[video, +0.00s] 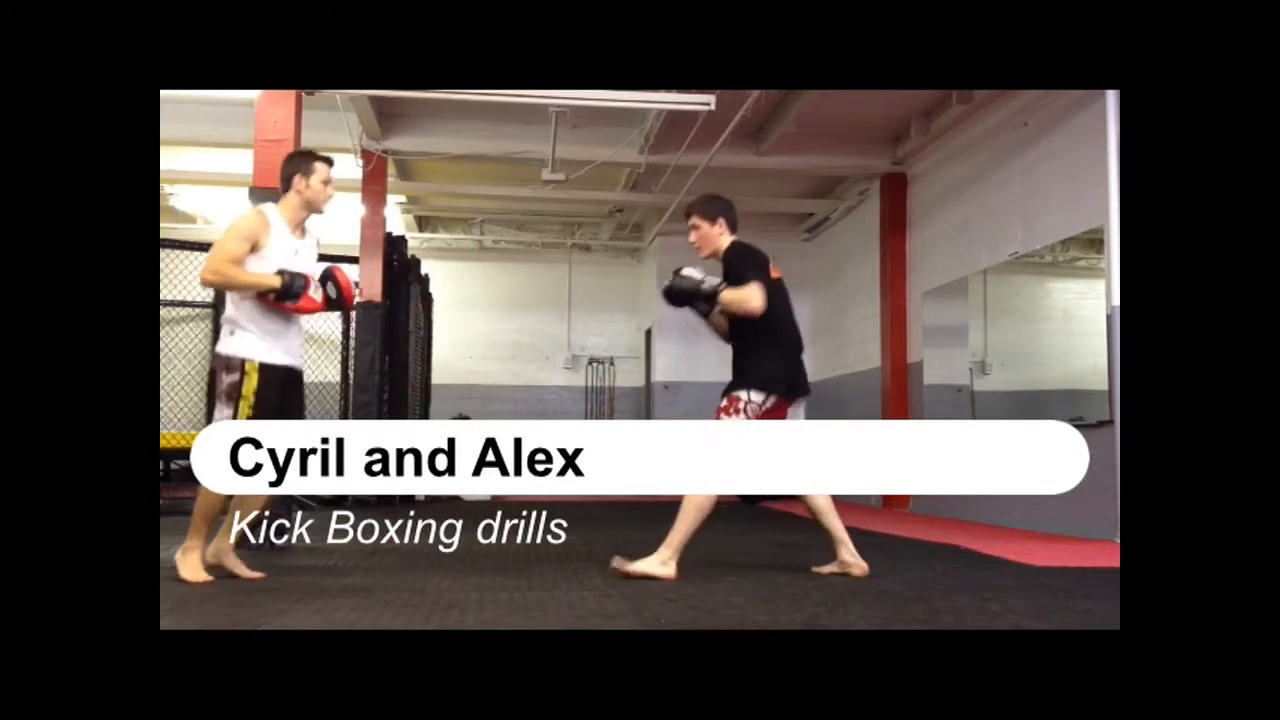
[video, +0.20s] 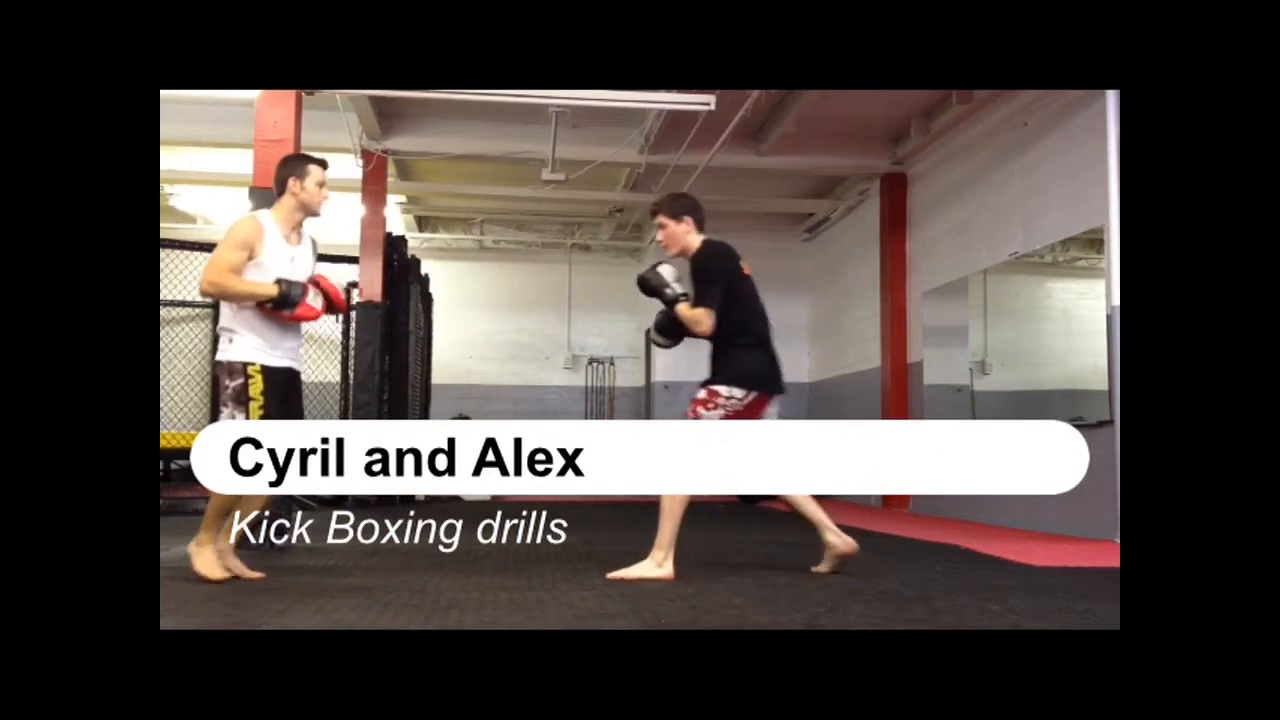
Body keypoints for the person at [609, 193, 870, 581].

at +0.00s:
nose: (691, 238)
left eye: (696, 229)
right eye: (689, 230)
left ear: (720, 225)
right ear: (721, 228)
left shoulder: (740, 254)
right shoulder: (743, 265)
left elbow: (755, 302)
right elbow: (733, 332)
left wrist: (708, 288)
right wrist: (704, 306)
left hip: (761, 380)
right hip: (784, 379)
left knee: (711, 465)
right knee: (801, 466)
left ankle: (665, 557)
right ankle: (848, 553)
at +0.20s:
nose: (657, 237)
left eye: (662, 227)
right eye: (656, 229)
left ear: (687, 224)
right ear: (689, 226)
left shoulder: (710, 255)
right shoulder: (715, 256)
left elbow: (704, 323)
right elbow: (714, 318)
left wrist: (674, 299)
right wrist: (681, 324)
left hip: (738, 376)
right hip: (757, 376)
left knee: (681, 456)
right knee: (764, 461)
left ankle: (660, 558)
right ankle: (834, 536)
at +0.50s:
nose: (647, 228)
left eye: (650, 218)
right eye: (645, 220)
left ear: (673, 212)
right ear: (675, 215)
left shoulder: (694, 246)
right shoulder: (706, 246)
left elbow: (701, 309)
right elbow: (697, 304)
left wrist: (653, 287)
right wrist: (660, 282)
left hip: (717, 370)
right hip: (736, 370)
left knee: (664, 447)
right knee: (716, 452)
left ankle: (657, 554)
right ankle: (752, 550)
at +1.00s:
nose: (612, 218)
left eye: (616, 208)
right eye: (610, 209)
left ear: (639, 203)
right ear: (644, 206)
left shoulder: (651, 237)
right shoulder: (676, 237)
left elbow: (647, 298)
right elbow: (660, 295)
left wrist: (614, 277)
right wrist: (623, 271)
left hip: (674, 364)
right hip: (700, 362)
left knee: (635, 451)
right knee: (690, 450)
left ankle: (618, 558)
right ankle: (724, 545)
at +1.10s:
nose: (612, 219)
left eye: (615, 209)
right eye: (610, 211)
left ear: (639, 204)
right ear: (644, 207)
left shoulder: (650, 239)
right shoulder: (677, 238)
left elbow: (641, 300)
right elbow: (658, 295)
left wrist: (608, 269)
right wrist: (621, 262)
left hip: (669, 368)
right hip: (698, 366)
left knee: (629, 452)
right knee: (689, 454)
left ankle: (617, 557)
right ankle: (716, 550)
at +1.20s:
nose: (615, 224)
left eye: (617, 214)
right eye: (612, 216)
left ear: (642, 210)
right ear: (647, 212)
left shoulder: (654, 244)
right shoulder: (679, 243)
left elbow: (640, 309)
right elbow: (653, 302)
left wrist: (603, 275)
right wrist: (618, 271)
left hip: (667, 371)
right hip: (698, 372)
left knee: (607, 441)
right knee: (680, 452)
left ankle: (606, 543)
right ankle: (714, 550)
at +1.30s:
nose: (615, 230)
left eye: (619, 220)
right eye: (613, 221)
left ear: (642, 216)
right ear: (648, 218)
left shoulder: (656, 251)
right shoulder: (680, 250)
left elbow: (636, 314)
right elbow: (644, 312)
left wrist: (591, 287)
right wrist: (596, 287)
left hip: (661, 371)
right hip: (691, 373)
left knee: (586, 427)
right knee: (671, 452)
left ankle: (583, 528)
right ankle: (712, 549)